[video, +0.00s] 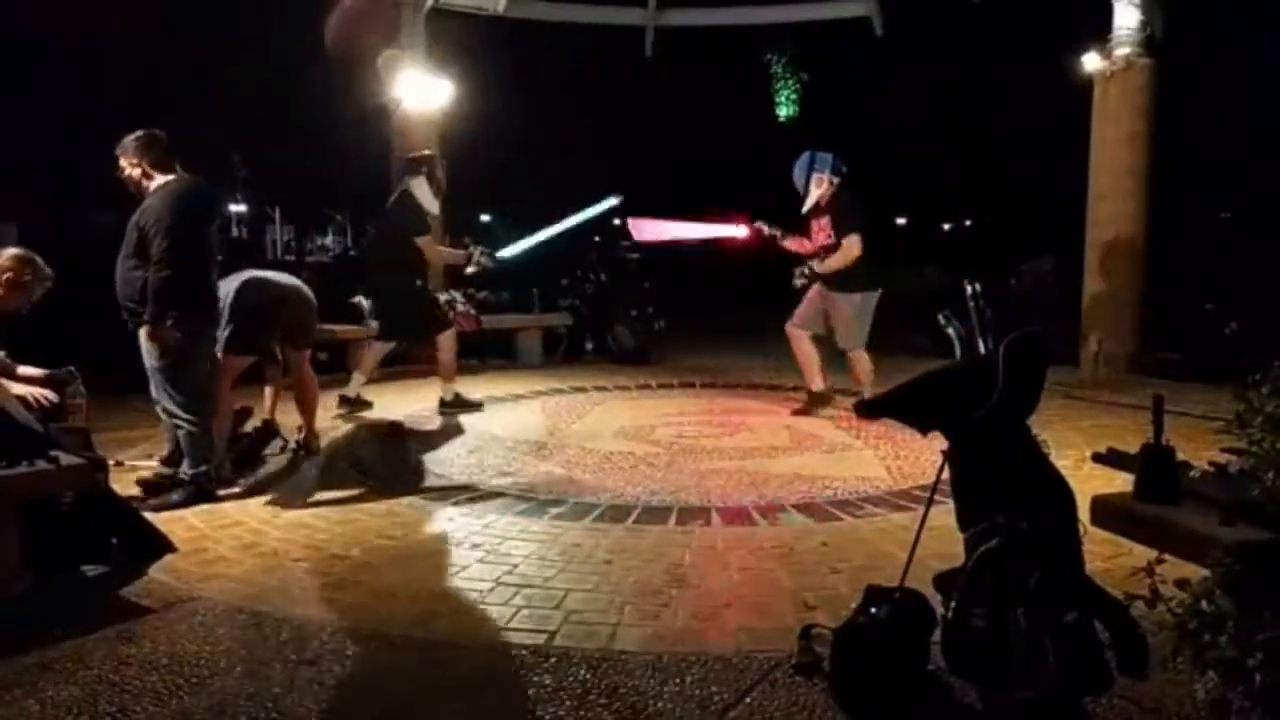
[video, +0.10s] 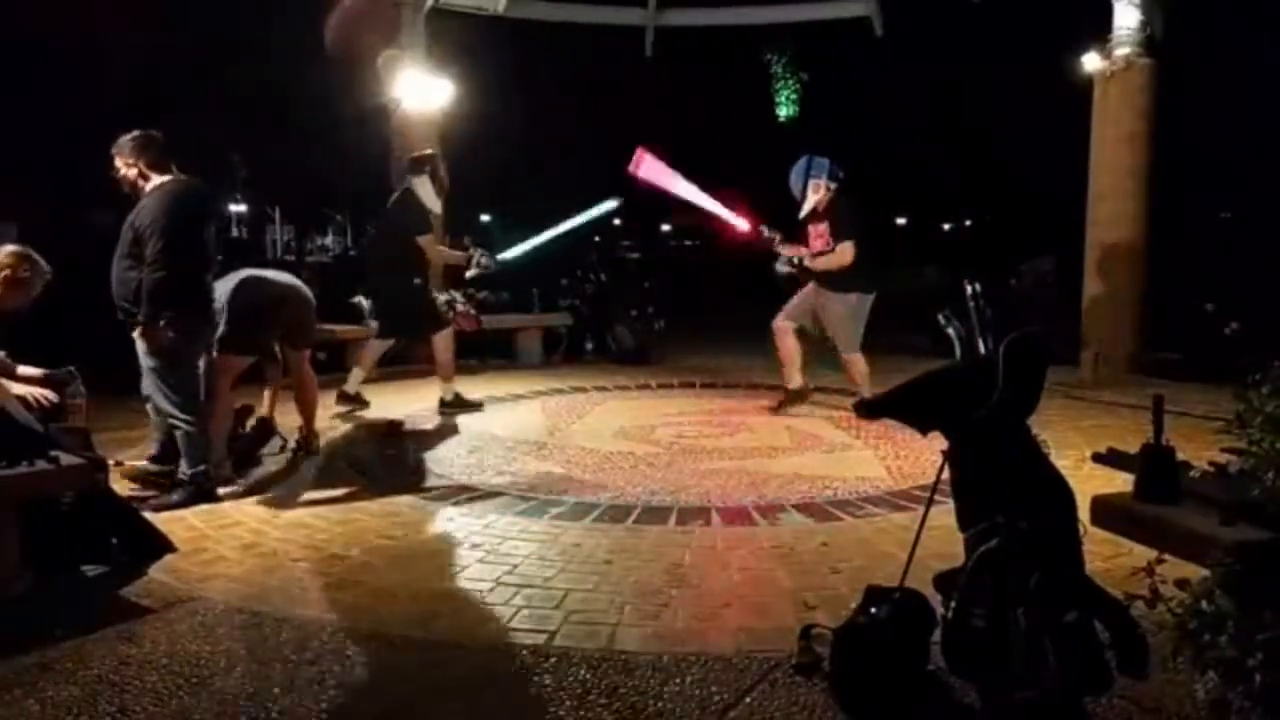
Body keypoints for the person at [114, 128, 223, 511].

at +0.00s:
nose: (124, 175)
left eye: (125, 166)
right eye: (122, 168)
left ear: (140, 164)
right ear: (158, 159)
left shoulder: (166, 203)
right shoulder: (186, 193)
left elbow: (165, 266)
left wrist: (154, 320)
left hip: (171, 318)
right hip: (181, 313)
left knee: (181, 400)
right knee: (167, 397)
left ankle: (198, 475)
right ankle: (177, 462)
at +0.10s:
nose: (119, 176)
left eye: (121, 167)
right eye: (118, 168)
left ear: (136, 164)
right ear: (153, 160)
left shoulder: (161, 204)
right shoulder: (186, 192)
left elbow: (159, 268)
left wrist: (148, 319)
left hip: (165, 317)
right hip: (182, 311)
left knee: (177, 400)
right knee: (156, 393)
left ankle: (196, 476)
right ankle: (164, 458)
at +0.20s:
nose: (115, 177)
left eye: (116, 168)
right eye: (113, 169)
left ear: (132, 165)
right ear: (147, 162)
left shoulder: (157, 204)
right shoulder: (178, 194)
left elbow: (155, 267)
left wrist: (144, 318)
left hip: (161, 317)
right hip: (169, 313)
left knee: (174, 400)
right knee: (147, 392)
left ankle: (193, 477)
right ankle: (156, 457)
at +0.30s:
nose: (105, 180)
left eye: (106, 171)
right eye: (103, 172)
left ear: (123, 167)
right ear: (138, 164)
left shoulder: (150, 206)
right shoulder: (170, 195)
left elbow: (151, 267)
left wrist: (140, 319)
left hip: (154, 316)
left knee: (169, 401)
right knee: (139, 390)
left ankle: (196, 476)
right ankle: (138, 457)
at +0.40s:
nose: (97, 184)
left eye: (98, 175)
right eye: (95, 176)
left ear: (117, 171)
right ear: (125, 169)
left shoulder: (148, 207)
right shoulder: (148, 200)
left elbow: (150, 266)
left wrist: (140, 318)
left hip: (146, 319)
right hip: (132, 316)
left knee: (166, 402)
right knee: (134, 394)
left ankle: (196, 474)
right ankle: (128, 460)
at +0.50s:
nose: (85, 188)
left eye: (86, 180)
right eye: (83, 181)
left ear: (106, 176)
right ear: (109, 175)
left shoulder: (144, 207)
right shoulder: (132, 205)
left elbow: (150, 266)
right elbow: (142, 264)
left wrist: (137, 317)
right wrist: (123, 311)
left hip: (139, 321)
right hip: (122, 320)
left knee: (163, 404)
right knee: (125, 396)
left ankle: (195, 474)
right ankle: (125, 461)